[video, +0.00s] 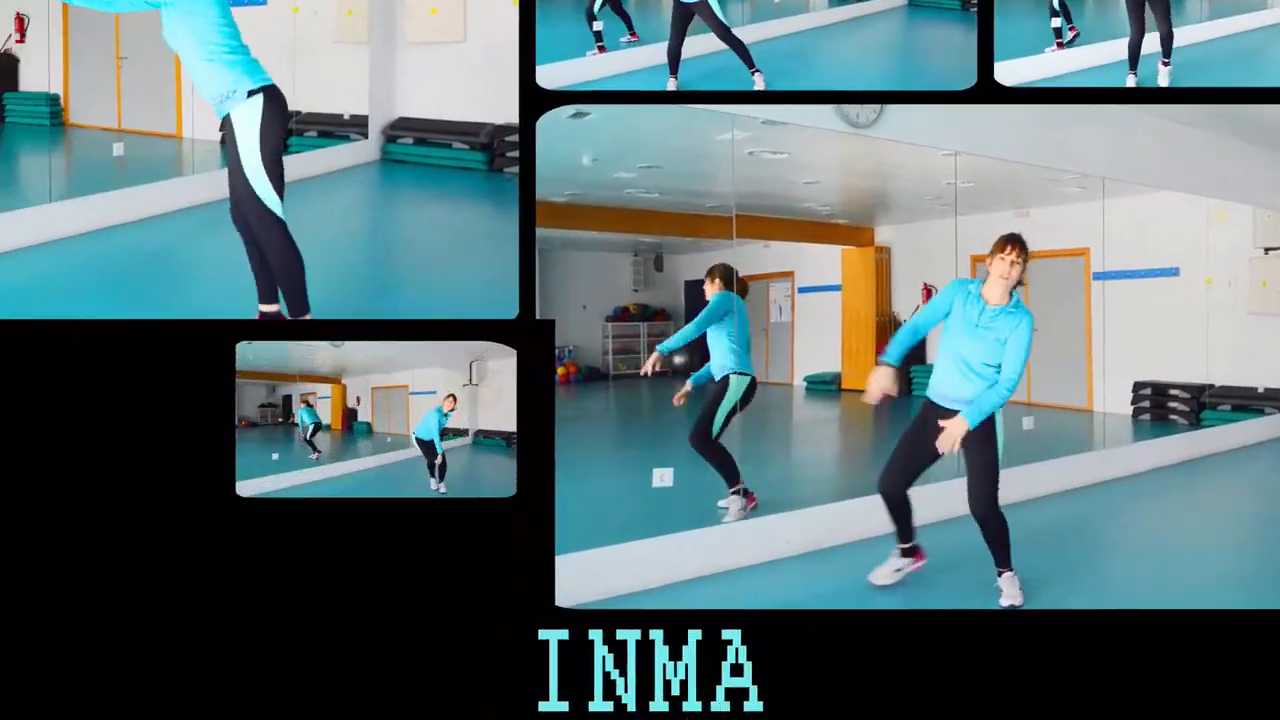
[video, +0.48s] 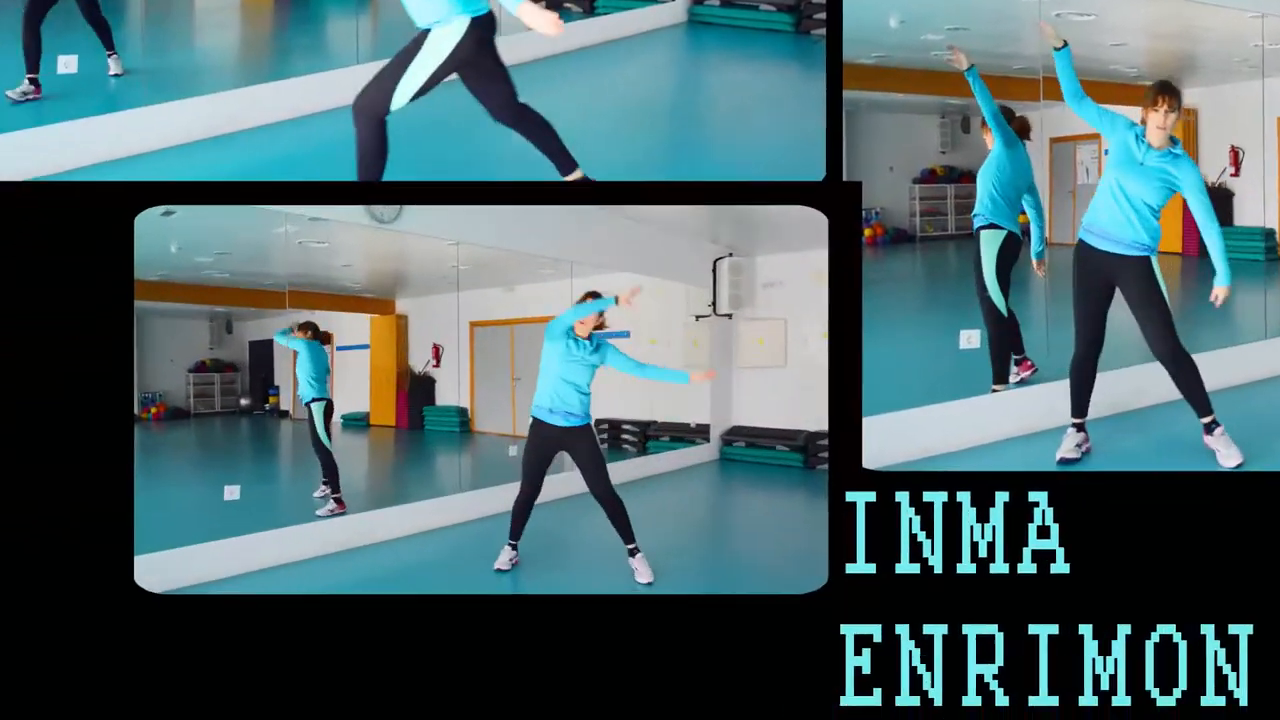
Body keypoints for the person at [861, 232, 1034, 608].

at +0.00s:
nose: (1009, 265)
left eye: (1017, 262)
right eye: (1003, 257)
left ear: (1022, 274)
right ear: (989, 261)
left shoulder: (1020, 320)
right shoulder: (959, 291)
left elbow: (1007, 384)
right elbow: (916, 325)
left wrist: (965, 419)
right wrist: (887, 364)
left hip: (979, 414)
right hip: (936, 406)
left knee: (983, 505)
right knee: (890, 485)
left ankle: (1005, 574)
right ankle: (908, 552)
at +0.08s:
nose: (1032, 244)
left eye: (1041, 240)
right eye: (1027, 236)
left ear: (1046, 251)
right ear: (1014, 240)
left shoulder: (1045, 300)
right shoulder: (980, 268)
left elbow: (1043, 366)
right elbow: (925, 284)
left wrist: (1020, 416)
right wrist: (869, 297)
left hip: (1000, 396)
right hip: (954, 387)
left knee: (1017, 484)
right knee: (904, 463)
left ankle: (1050, 551)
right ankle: (882, 540)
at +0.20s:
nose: (1064, 210)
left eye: (1072, 207)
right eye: (1058, 203)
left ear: (1077, 217)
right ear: (1044, 206)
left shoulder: (1074, 267)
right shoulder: (1012, 226)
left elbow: (1095, 326)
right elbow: (957, 208)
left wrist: (1105, 384)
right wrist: (903, 189)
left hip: (1022, 358)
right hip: (973, 348)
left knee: (1061, 441)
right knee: (937, 434)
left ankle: (1116, 513)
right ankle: (897, 512)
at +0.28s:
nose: (1084, 189)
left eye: (1091, 185)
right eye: (1078, 182)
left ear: (1097, 195)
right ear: (1064, 184)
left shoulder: (1094, 245)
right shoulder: (1033, 201)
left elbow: (1122, 295)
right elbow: (987, 168)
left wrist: (1151, 353)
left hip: (1042, 334)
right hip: (995, 324)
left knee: (1080, 418)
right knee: (973, 411)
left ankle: (1135, 492)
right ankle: (946, 491)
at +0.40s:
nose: (1127, 146)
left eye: (1135, 140)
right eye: (1121, 138)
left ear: (1143, 146)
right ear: (1108, 140)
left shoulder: (1145, 199)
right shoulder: (1084, 156)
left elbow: (1172, 252)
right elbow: (1040, 123)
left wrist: (1194, 305)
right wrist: (1013, 74)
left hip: (1092, 288)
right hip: (1047, 278)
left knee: (1126, 376)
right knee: (1037, 370)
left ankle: (1173, 454)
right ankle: (1023, 454)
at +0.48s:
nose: (1163, 117)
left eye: (1171, 111)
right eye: (1157, 109)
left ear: (1178, 118)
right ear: (1145, 111)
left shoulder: (1182, 168)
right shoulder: (1119, 131)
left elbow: (1207, 223)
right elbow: (1075, 97)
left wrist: (1223, 275)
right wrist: (1060, 49)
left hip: (1136, 259)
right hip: (1091, 251)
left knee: (1167, 349)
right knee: (1086, 346)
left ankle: (1212, 428)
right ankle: (1076, 430)